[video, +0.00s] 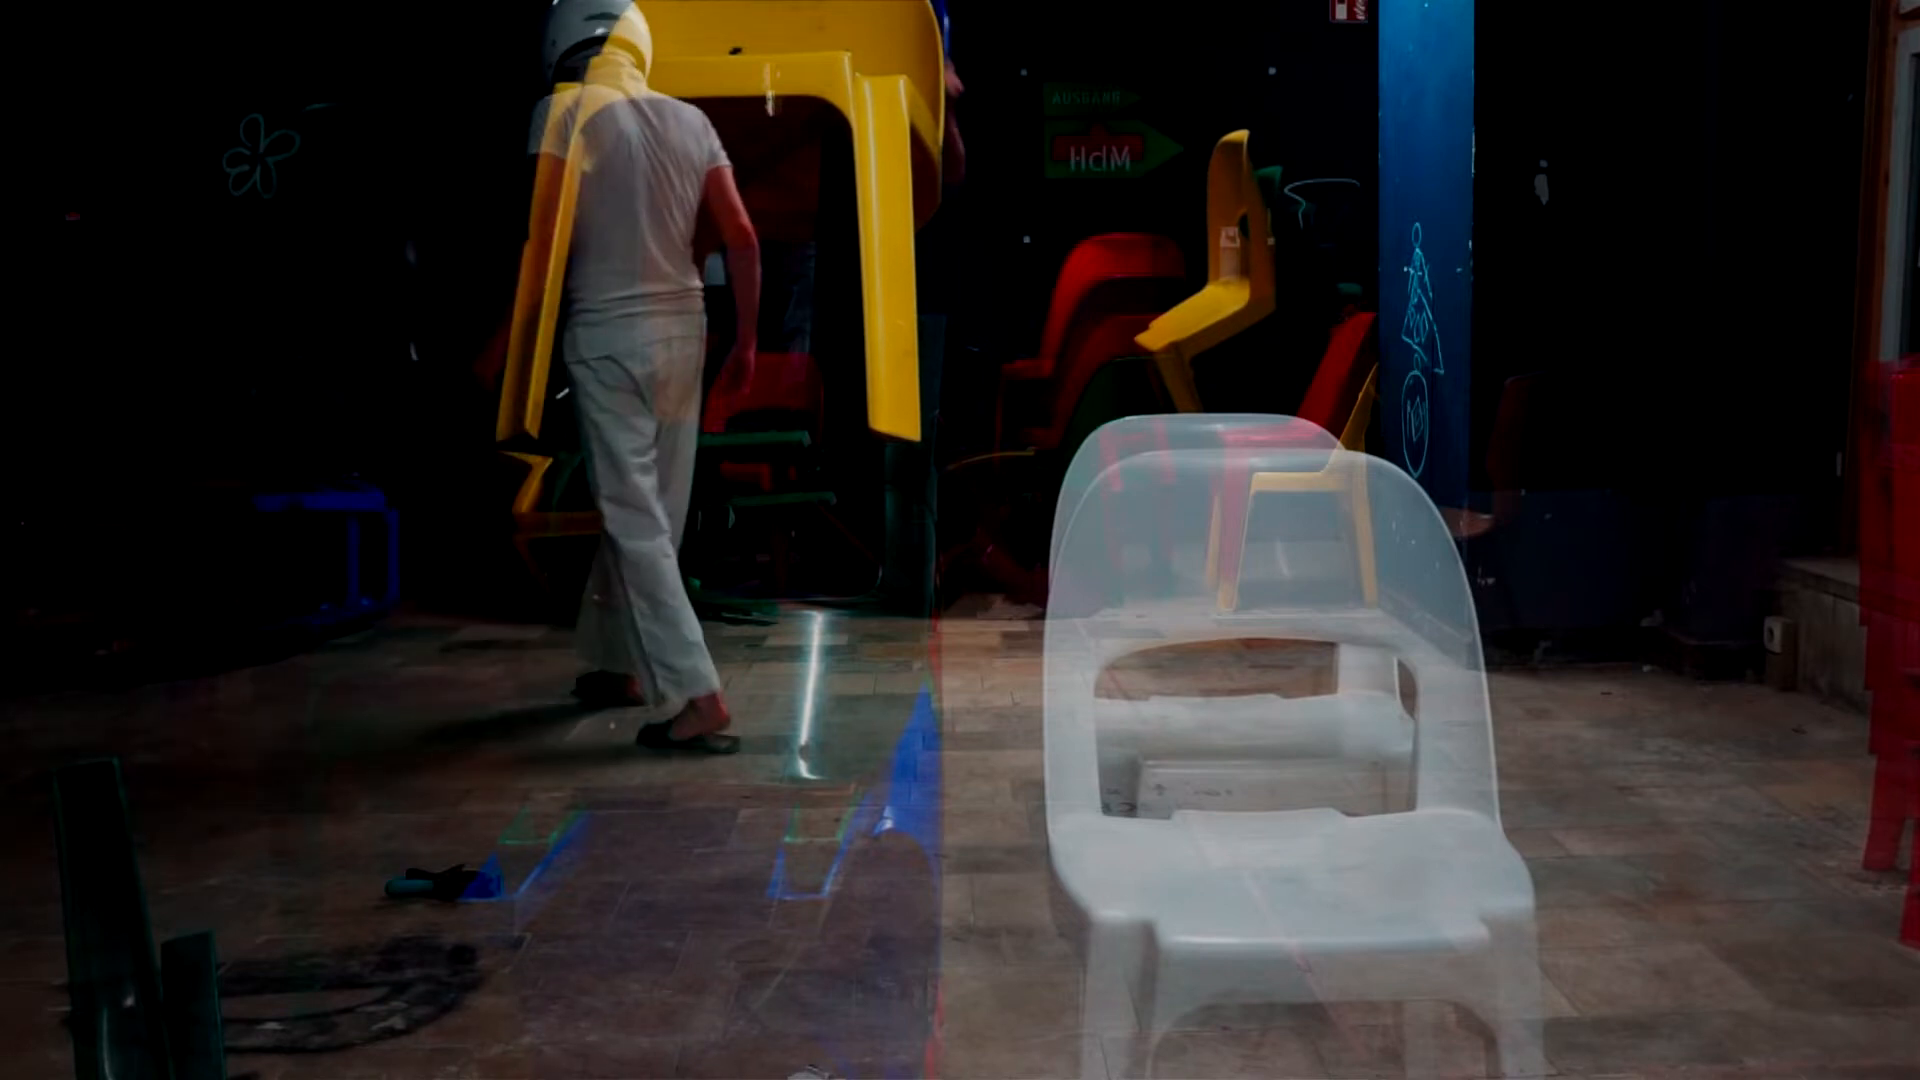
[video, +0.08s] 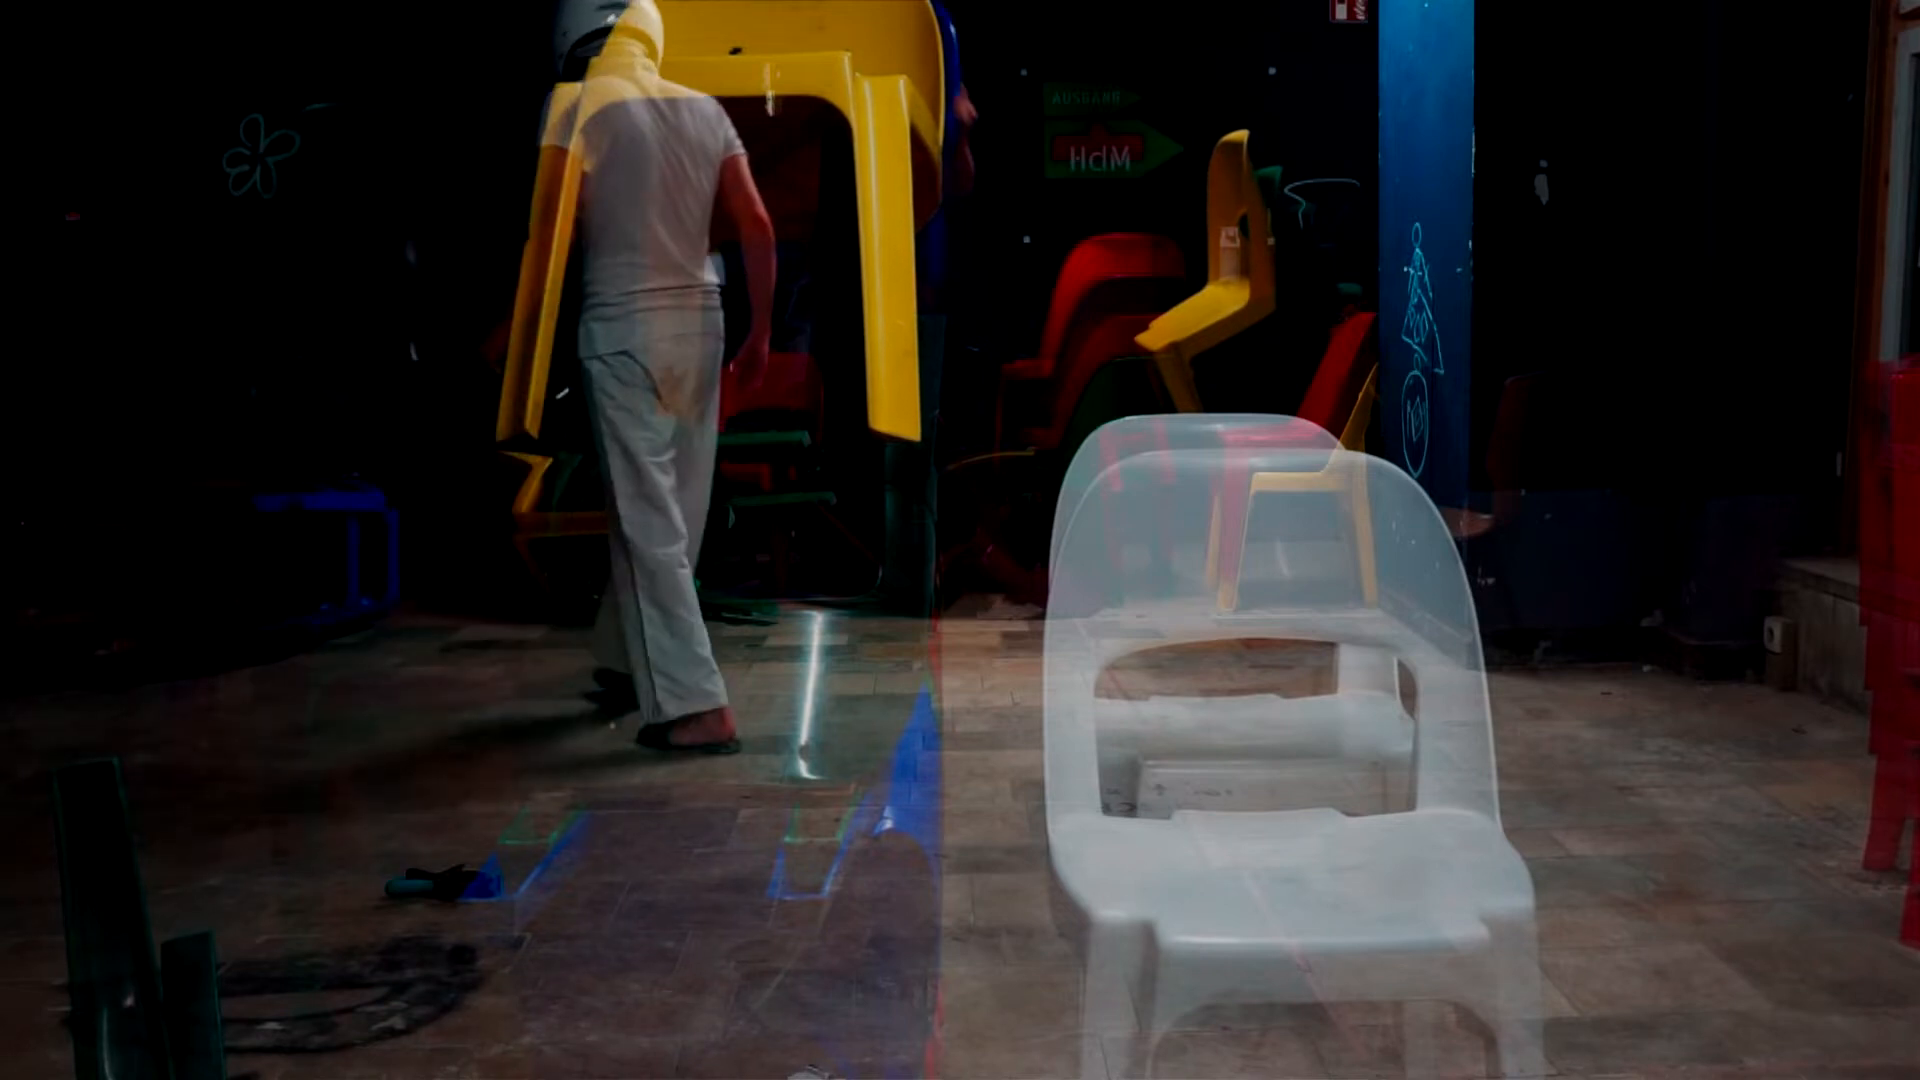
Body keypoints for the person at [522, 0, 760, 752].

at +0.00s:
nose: (565, 77)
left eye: (564, 64)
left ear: (573, 58)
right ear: (635, 53)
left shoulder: (565, 117)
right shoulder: (689, 122)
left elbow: (545, 239)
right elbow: (741, 238)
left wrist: (512, 337)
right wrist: (745, 336)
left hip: (604, 335)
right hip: (682, 333)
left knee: (637, 511)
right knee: (656, 509)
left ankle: (699, 698)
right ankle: (615, 667)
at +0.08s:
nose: (575, 75)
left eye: (575, 66)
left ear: (587, 56)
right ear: (648, 53)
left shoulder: (577, 106)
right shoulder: (705, 111)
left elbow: (556, 227)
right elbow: (757, 226)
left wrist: (521, 331)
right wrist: (761, 330)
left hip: (621, 324)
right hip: (699, 321)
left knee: (652, 510)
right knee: (674, 508)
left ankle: (698, 708)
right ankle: (626, 666)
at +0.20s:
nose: (599, 64)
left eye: (601, 53)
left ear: (613, 45)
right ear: (672, 42)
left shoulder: (603, 94)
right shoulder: (730, 97)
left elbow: (582, 224)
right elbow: (783, 215)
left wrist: (546, 298)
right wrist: (782, 322)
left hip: (646, 318)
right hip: (725, 314)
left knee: (663, 513)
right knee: (705, 509)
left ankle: (693, 710)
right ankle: (711, 688)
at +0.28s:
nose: (612, 56)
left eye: (614, 44)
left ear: (623, 41)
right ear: (685, 35)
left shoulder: (612, 86)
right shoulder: (746, 90)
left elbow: (605, 217)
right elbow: (802, 213)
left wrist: (562, 309)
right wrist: (799, 323)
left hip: (657, 319)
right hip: (743, 314)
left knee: (671, 513)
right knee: (724, 500)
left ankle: (698, 710)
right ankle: (769, 659)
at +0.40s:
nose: (626, 57)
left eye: (632, 46)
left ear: (646, 38)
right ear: (709, 32)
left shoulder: (639, 89)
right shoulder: (775, 91)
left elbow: (641, 226)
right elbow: (835, 214)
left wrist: (613, 350)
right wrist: (831, 325)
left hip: (681, 322)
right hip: (770, 316)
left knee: (678, 527)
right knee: (758, 511)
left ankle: (702, 713)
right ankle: (836, 649)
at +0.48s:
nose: (652, 57)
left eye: (657, 46)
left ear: (671, 36)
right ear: (730, 31)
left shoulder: (661, 87)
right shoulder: (796, 92)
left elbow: (668, 220)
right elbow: (855, 210)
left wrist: (656, 352)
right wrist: (859, 323)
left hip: (702, 328)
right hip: (791, 322)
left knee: (688, 534)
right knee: (793, 521)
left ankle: (704, 710)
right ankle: (877, 669)